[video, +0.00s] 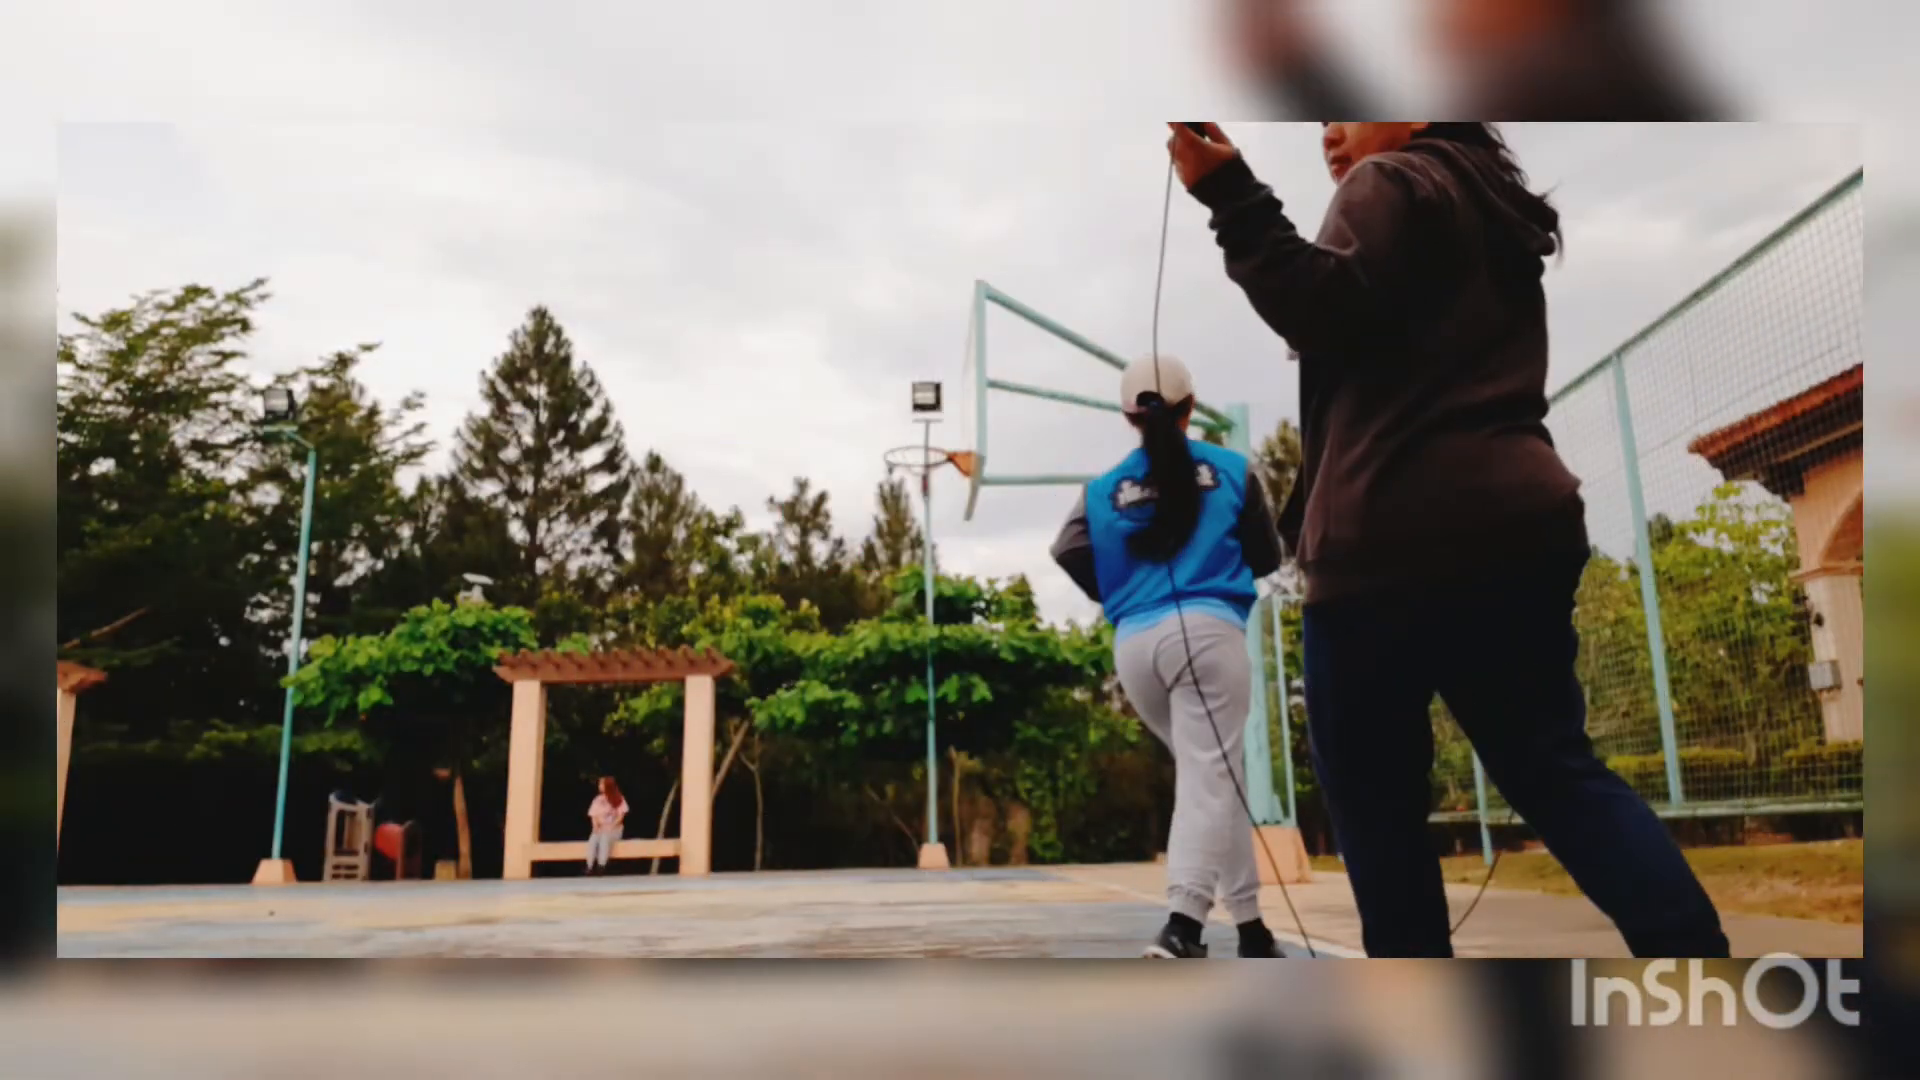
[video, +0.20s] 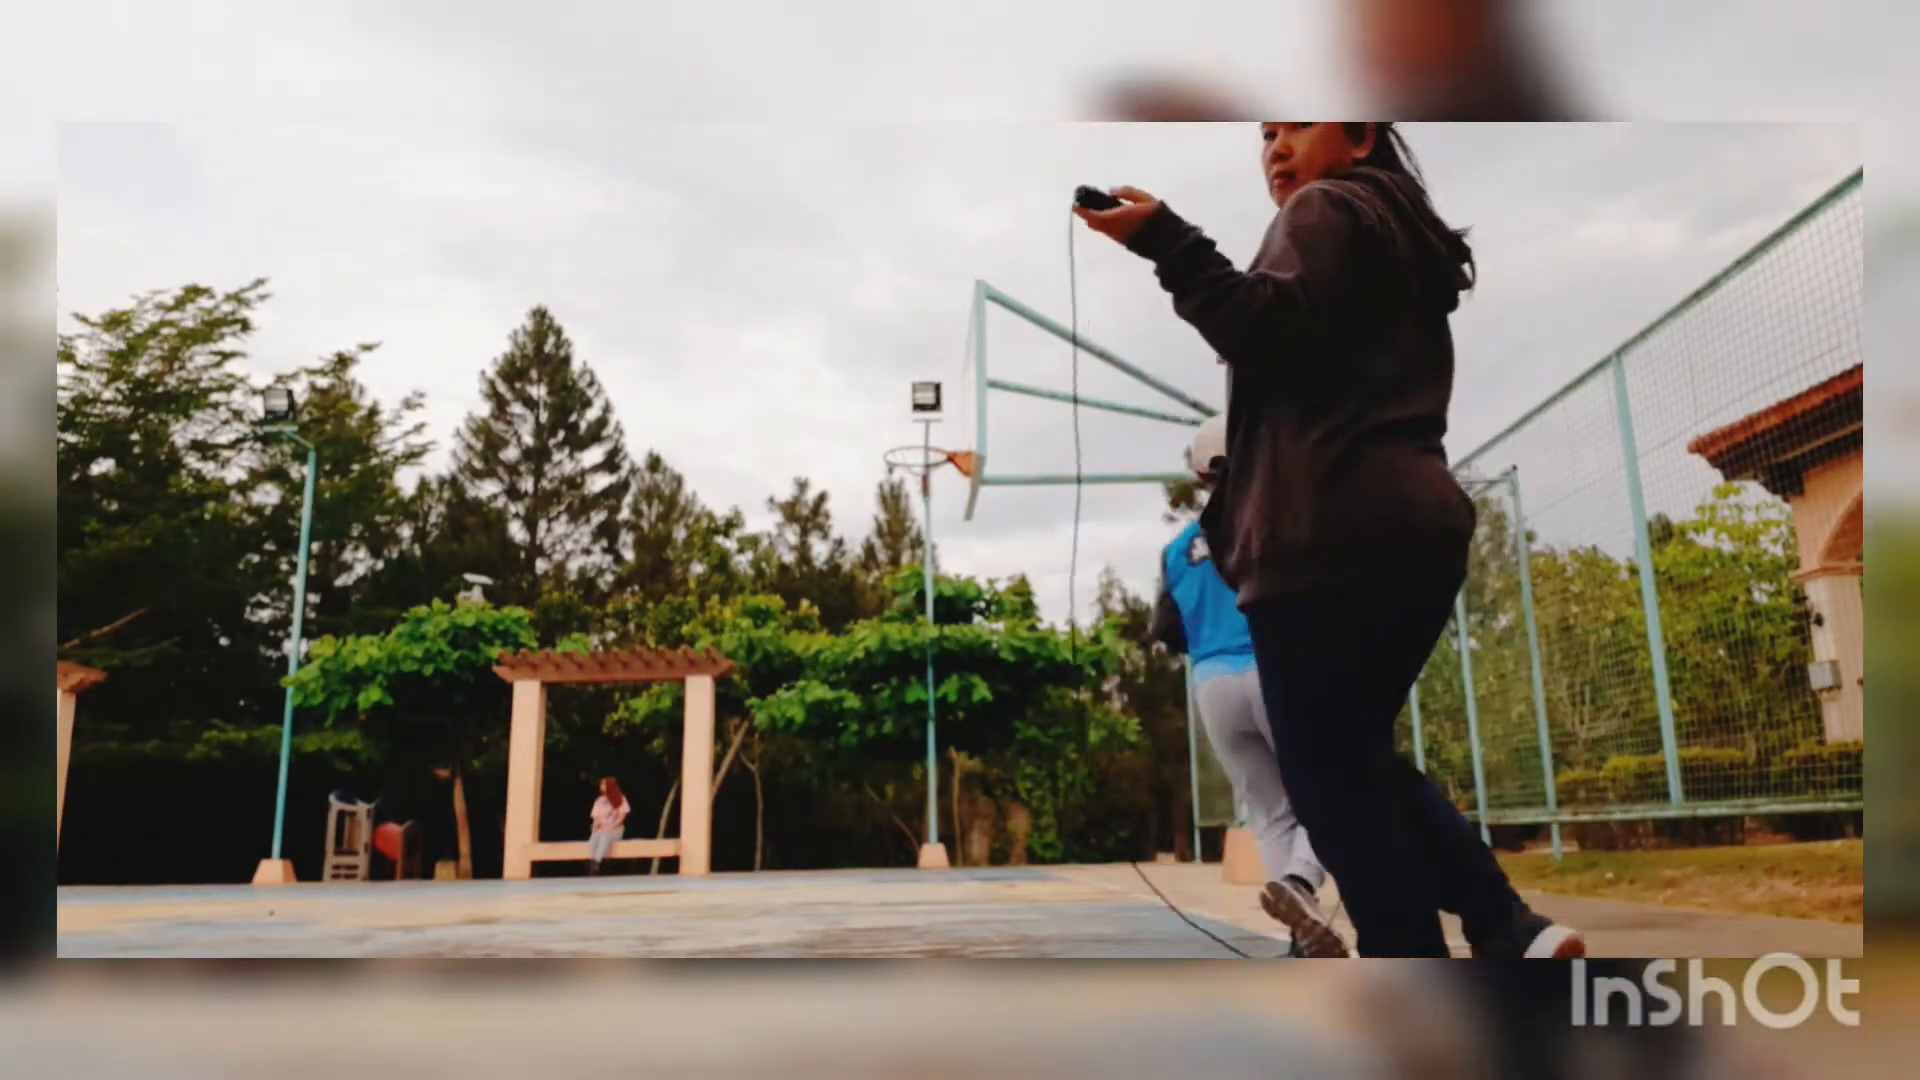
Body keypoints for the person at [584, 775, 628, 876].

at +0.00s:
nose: (600, 786)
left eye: (602, 784)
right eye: (600, 784)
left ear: (608, 786)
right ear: (599, 786)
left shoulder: (618, 799)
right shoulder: (598, 799)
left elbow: (621, 814)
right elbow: (593, 813)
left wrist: (612, 825)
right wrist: (595, 826)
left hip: (613, 826)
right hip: (600, 826)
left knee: (605, 838)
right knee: (593, 839)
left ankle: (602, 864)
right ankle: (590, 864)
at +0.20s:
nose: (601, 787)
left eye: (604, 785)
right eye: (601, 785)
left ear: (610, 786)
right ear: (600, 786)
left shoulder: (620, 799)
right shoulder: (600, 800)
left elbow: (622, 814)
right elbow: (595, 815)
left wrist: (614, 825)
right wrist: (596, 827)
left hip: (614, 826)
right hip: (601, 826)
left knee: (605, 837)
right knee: (594, 836)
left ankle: (598, 861)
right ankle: (592, 859)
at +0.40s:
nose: (602, 787)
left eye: (604, 784)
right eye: (602, 784)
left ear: (610, 786)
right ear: (602, 786)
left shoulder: (621, 799)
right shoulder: (601, 800)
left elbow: (623, 815)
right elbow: (596, 816)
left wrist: (613, 826)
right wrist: (592, 828)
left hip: (615, 827)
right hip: (601, 826)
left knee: (604, 837)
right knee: (595, 836)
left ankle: (596, 862)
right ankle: (593, 861)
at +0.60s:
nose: (602, 787)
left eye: (604, 784)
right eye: (602, 784)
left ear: (610, 786)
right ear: (602, 786)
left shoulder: (621, 800)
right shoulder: (600, 800)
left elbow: (622, 816)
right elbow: (596, 820)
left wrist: (612, 827)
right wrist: (584, 832)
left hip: (614, 828)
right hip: (601, 827)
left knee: (605, 838)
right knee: (594, 837)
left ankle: (593, 865)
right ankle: (593, 863)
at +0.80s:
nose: (600, 787)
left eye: (602, 784)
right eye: (600, 784)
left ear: (608, 786)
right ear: (601, 786)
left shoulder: (619, 800)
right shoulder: (599, 801)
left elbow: (623, 816)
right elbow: (594, 820)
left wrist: (613, 827)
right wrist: (583, 835)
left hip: (614, 827)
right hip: (601, 827)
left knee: (605, 839)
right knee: (593, 838)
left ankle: (595, 865)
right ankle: (592, 864)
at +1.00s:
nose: (596, 788)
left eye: (599, 786)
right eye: (596, 785)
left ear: (604, 787)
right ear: (596, 788)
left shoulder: (618, 799)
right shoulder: (597, 801)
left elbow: (622, 816)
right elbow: (593, 821)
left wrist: (613, 827)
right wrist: (583, 835)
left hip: (613, 828)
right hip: (601, 828)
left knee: (606, 840)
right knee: (592, 839)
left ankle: (596, 866)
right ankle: (593, 865)